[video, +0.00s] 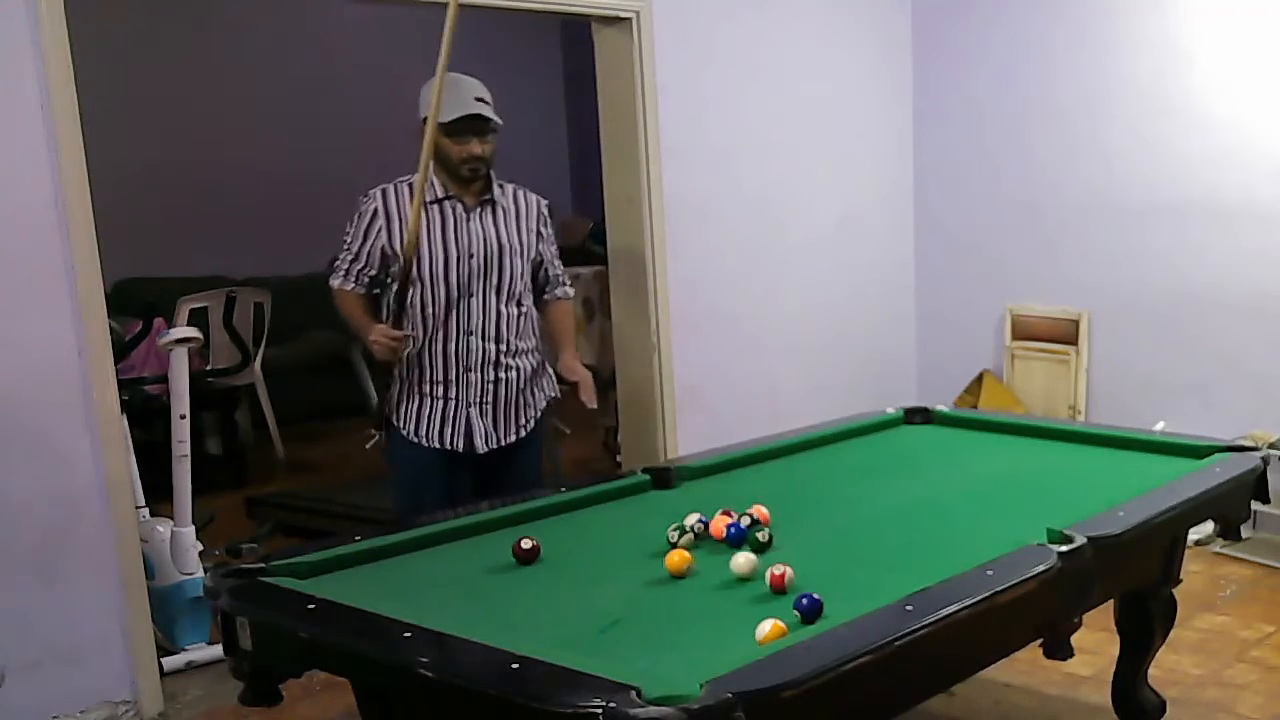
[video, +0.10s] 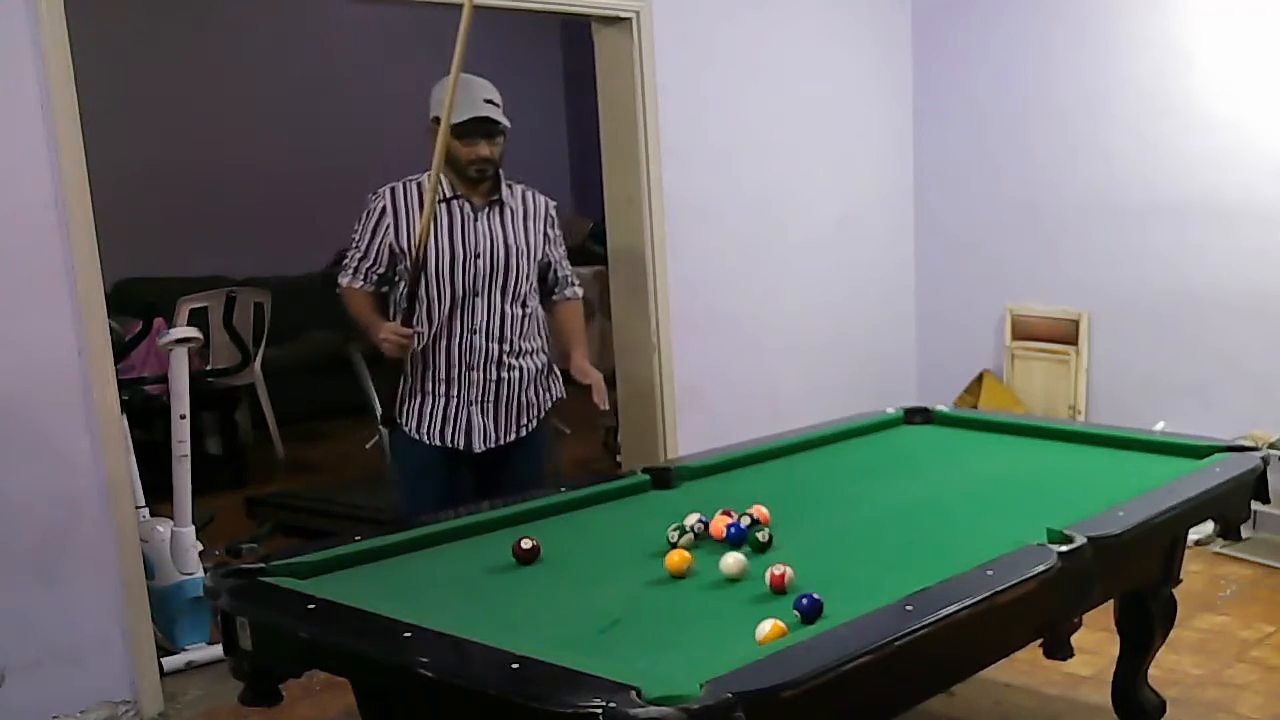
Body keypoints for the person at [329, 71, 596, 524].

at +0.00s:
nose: (475, 148)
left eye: (484, 135)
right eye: (459, 136)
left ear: (496, 136)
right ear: (431, 136)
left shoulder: (529, 210)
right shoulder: (388, 207)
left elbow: (555, 291)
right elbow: (345, 284)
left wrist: (567, 353)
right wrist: (369, 329)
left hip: (516, 417)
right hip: (429, 420)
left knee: (521, 551)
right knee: (432, 558)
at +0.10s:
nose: (482, 150)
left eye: (492, 137)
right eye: (467, 137)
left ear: (505, 139)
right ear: (440, 137)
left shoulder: (537, 211)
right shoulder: (396, 206)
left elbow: (563, 291)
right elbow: (353, 282)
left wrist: (578, 356)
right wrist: (378, 327)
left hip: (521, 416)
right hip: (433, 418)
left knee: (523, 550)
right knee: (437, 557)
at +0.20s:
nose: (488, 151)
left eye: (497, 138)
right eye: (473, 138)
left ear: (510, 141)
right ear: (445, 137)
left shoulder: (542, 213)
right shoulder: (400, 205)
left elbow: (570, 292)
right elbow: (360, 282)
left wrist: (583, 358)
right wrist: (382, 326)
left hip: (523, 418)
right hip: (433, 418)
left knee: (527, 550)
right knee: (436, 558)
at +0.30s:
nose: (489, 152)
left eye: (499, 139)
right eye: (475, 139)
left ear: (512, 141)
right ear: (447, 138)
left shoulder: (545, 214)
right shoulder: (403, 205)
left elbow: (576, 292)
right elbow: (365, 280)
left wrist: (584, 362)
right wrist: (381, 325)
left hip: (521, 417)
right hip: (431, 417)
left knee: (525, 549)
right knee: (434, 556)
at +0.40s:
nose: (487, 152)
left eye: (497, 139)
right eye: (473, 139)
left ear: (511, 141)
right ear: (447, 138)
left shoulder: (545, 214)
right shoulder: (403, 203)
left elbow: (579, 294)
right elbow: (366, 277)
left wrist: (580, 364)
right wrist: (377, 323)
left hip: (519, 413)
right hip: (428, 413)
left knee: (521, 549)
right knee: (431, 555)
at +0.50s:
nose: (482, 151)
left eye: (492, 138)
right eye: (467, 139)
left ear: (505, 141)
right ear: (441, 137)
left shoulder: (541, 215)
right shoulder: (400, 204)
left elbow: (578, 296)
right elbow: (368, 274)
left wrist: (575, 367)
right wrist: (371, 322)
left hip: (516, 415)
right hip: (424, 414)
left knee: (515, 549)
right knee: (425, 554)